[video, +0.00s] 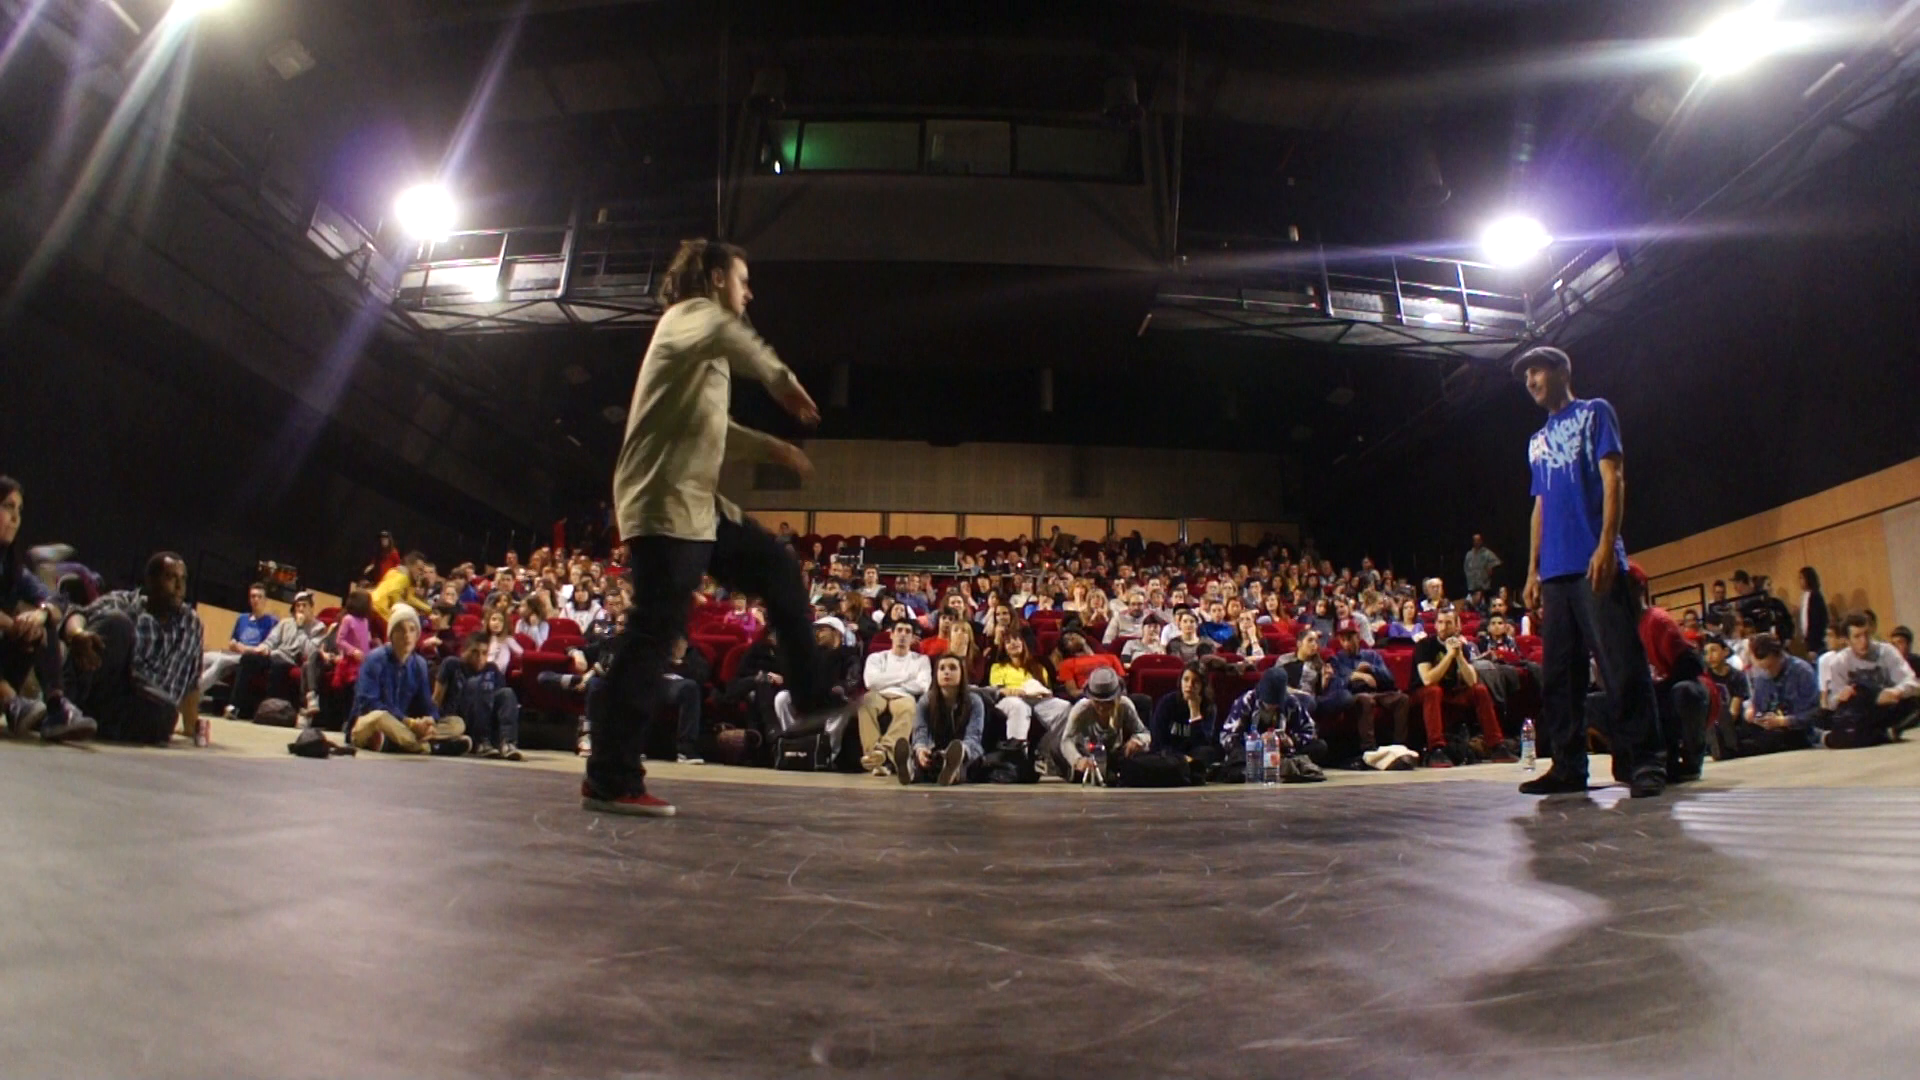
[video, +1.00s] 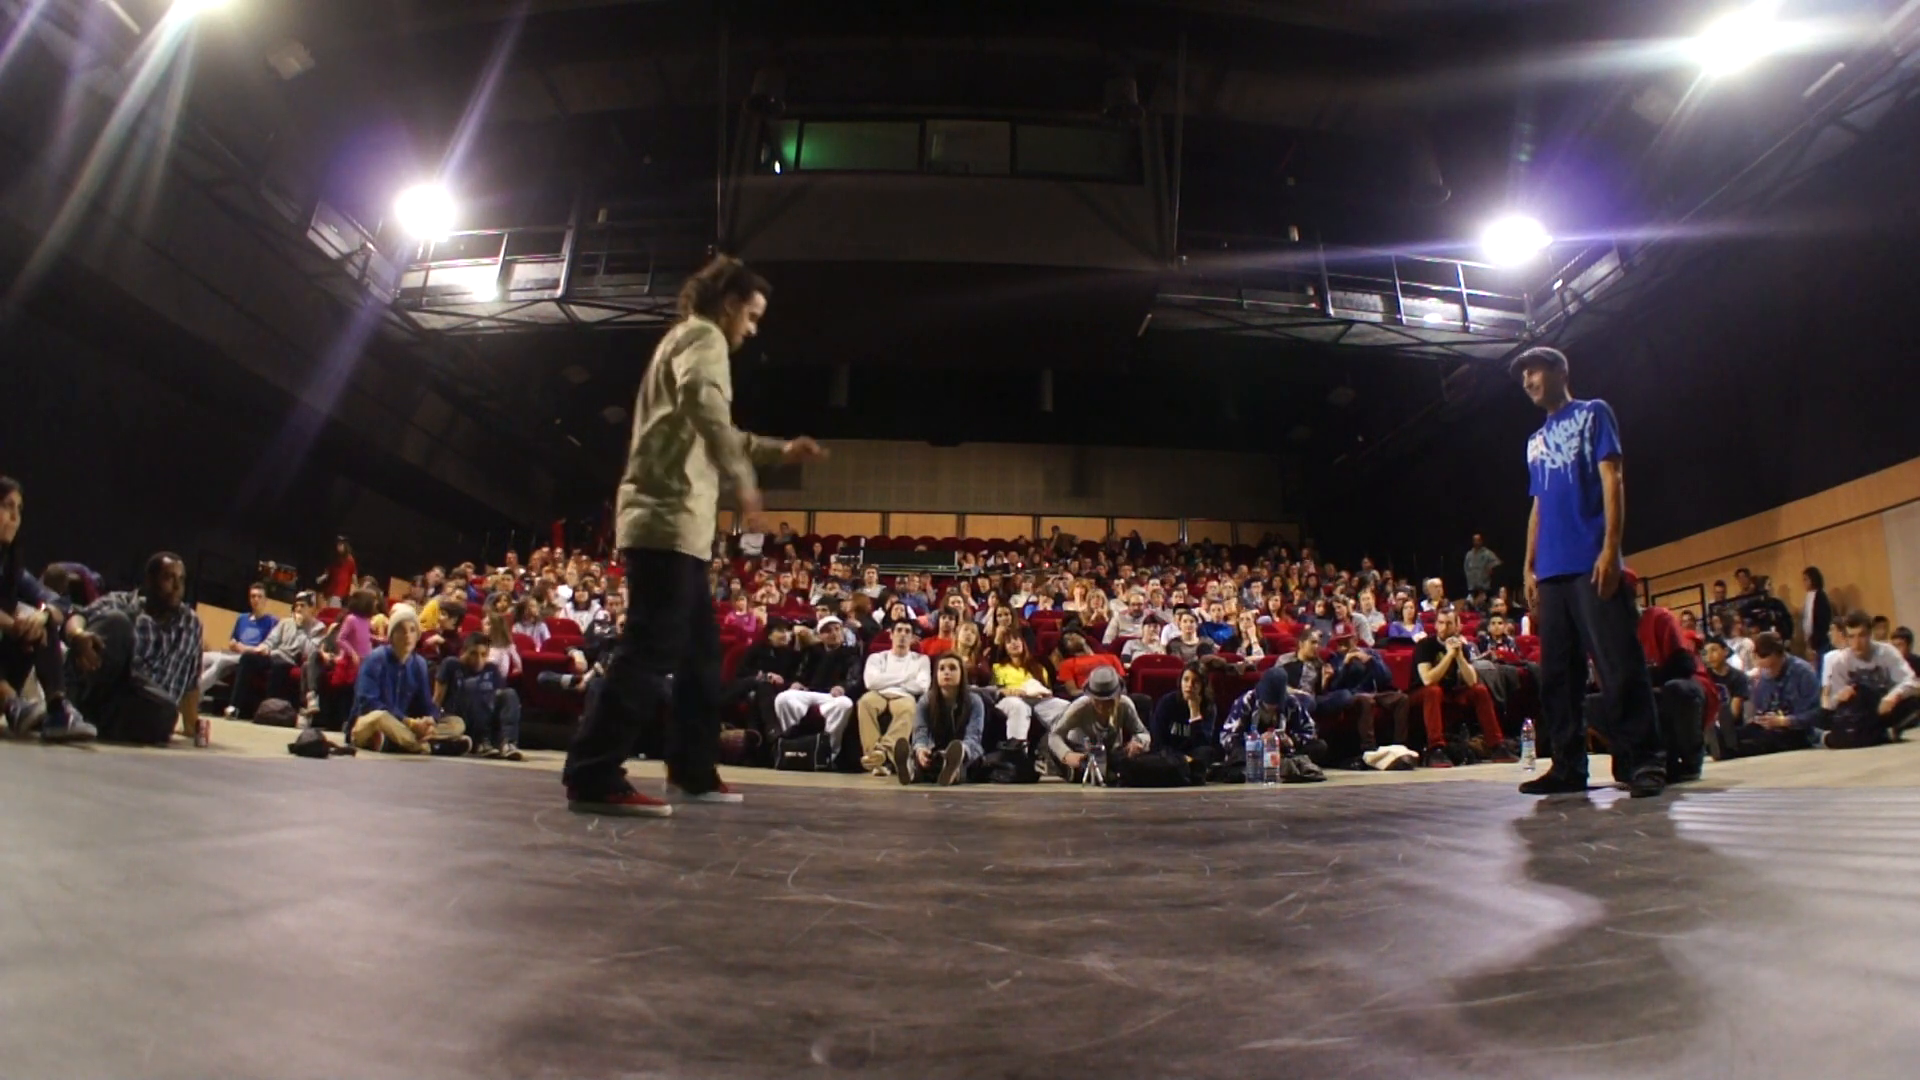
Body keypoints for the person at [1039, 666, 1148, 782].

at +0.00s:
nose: (1102, 707)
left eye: (1108, 702)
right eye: (1097, 703)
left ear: (1117, 696)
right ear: (1090, 697)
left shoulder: (1125, 705)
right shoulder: (1080, 708)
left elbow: (1144, 733)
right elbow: (1066, 741)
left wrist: (1137, 741)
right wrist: (1078, 761)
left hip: (1115, 754)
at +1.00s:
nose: (1101, 706)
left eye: (1107, 702)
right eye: (1097, 701)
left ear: (1117, 696)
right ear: (1090, 695)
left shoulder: (1125, 704)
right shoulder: (1079, 707)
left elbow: (1143, 734)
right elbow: (1054, 735)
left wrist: (1138, 743)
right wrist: (1067, 755)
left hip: (1112, 754)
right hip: (1082, 755)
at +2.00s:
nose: (1094, 690)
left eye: (1099, 684)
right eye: (1089, 685)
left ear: (1107, 680)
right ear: (1083, 683)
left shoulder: (1118, 696)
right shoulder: (1071, 697)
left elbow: (1128, 728)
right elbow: (1061, 728)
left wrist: (1135, 738)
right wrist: (1063, 734)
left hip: (1112, 750)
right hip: (1081, 752)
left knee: (1131, 752)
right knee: (1059, 750)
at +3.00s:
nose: (1094, 690)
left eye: (1099, 685)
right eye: (1089, 685)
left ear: (1108, 681)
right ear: (1082, 683)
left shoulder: (1117, 696)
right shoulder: (1070, 699)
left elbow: (1133, 730)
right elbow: (1050, 738)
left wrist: (1129, 742)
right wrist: (1063, 734)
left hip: (1110, 755)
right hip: (1078, 755)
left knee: (1140, 748)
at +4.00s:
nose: (1095, 687)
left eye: (1099, 681)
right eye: (1089, 682)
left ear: (1107, 678)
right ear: (1083, 681)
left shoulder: (1117, 696)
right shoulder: (1069, 698)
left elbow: (1132, 729)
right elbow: (1052, 736)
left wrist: (1129, 741)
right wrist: (1063, 734)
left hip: (1110, 754)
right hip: (1079, 755)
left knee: (1140, 748)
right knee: (1055, 747)